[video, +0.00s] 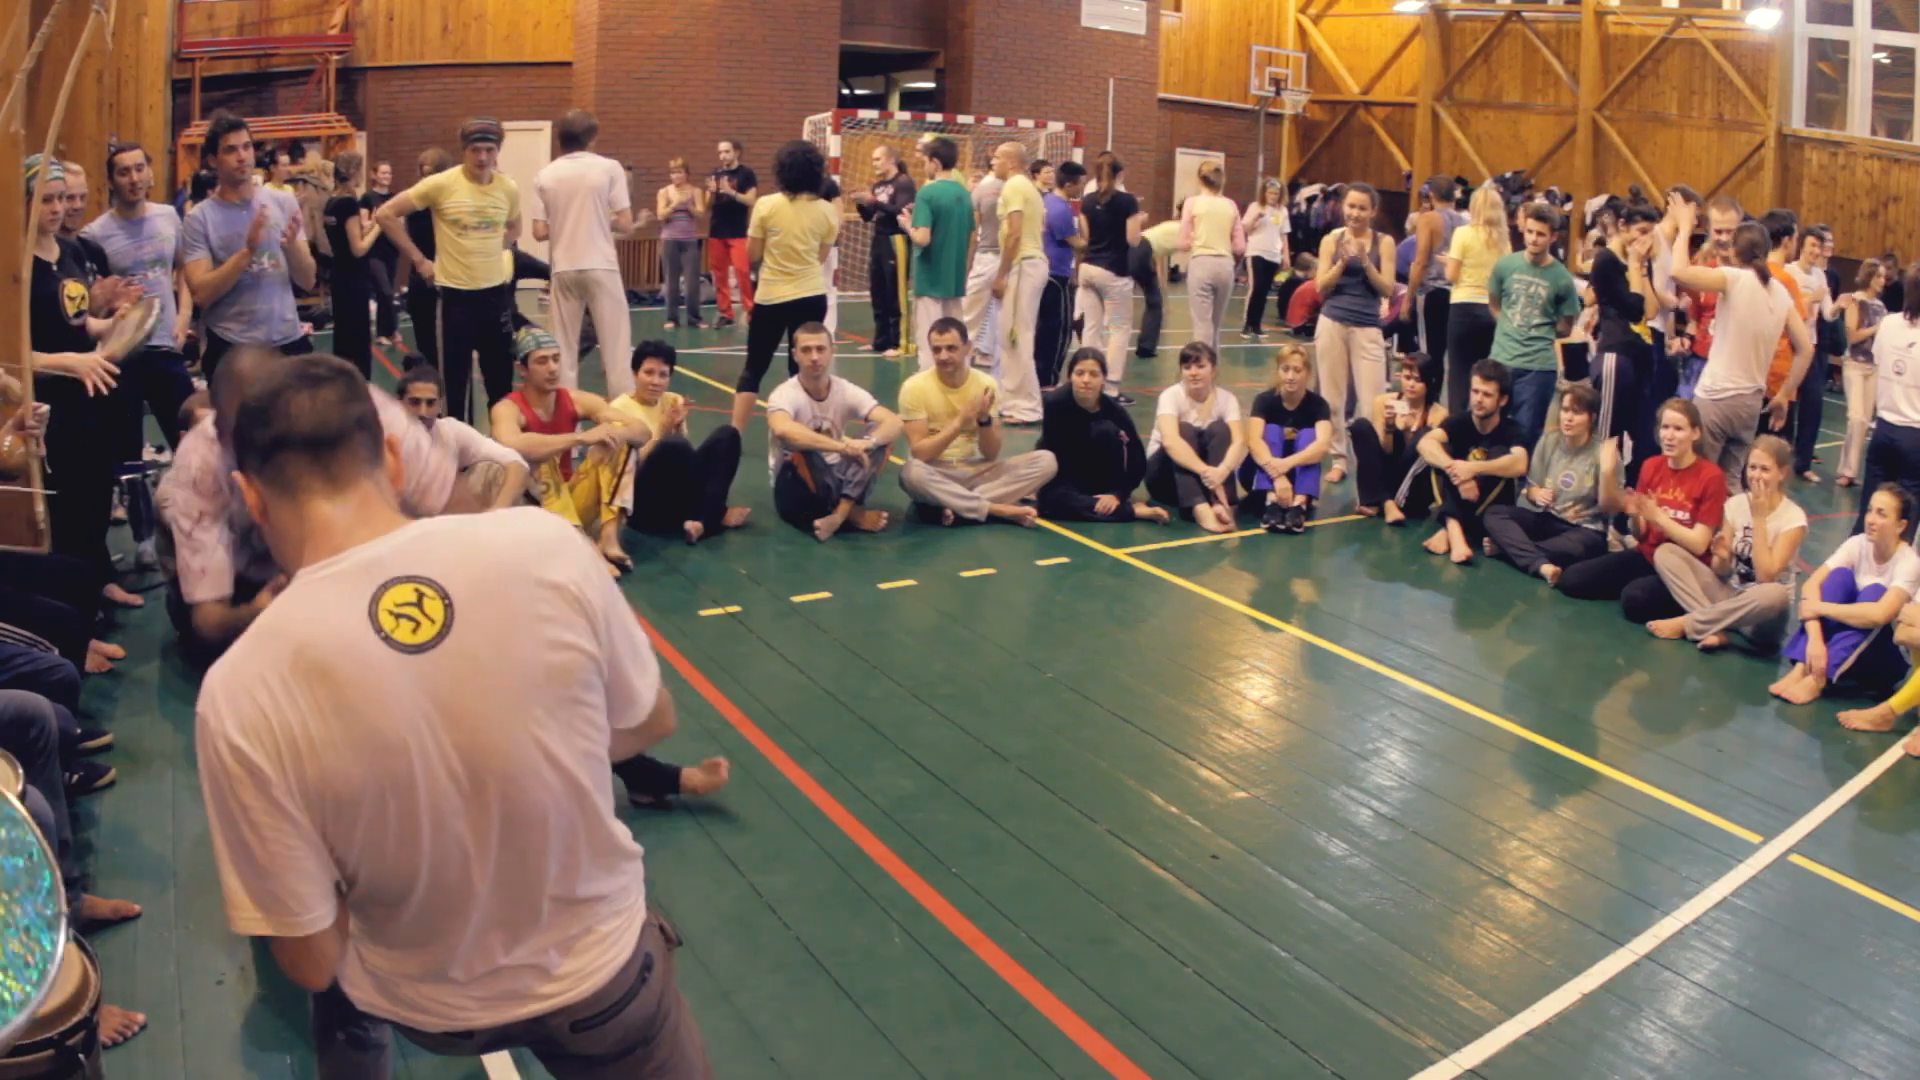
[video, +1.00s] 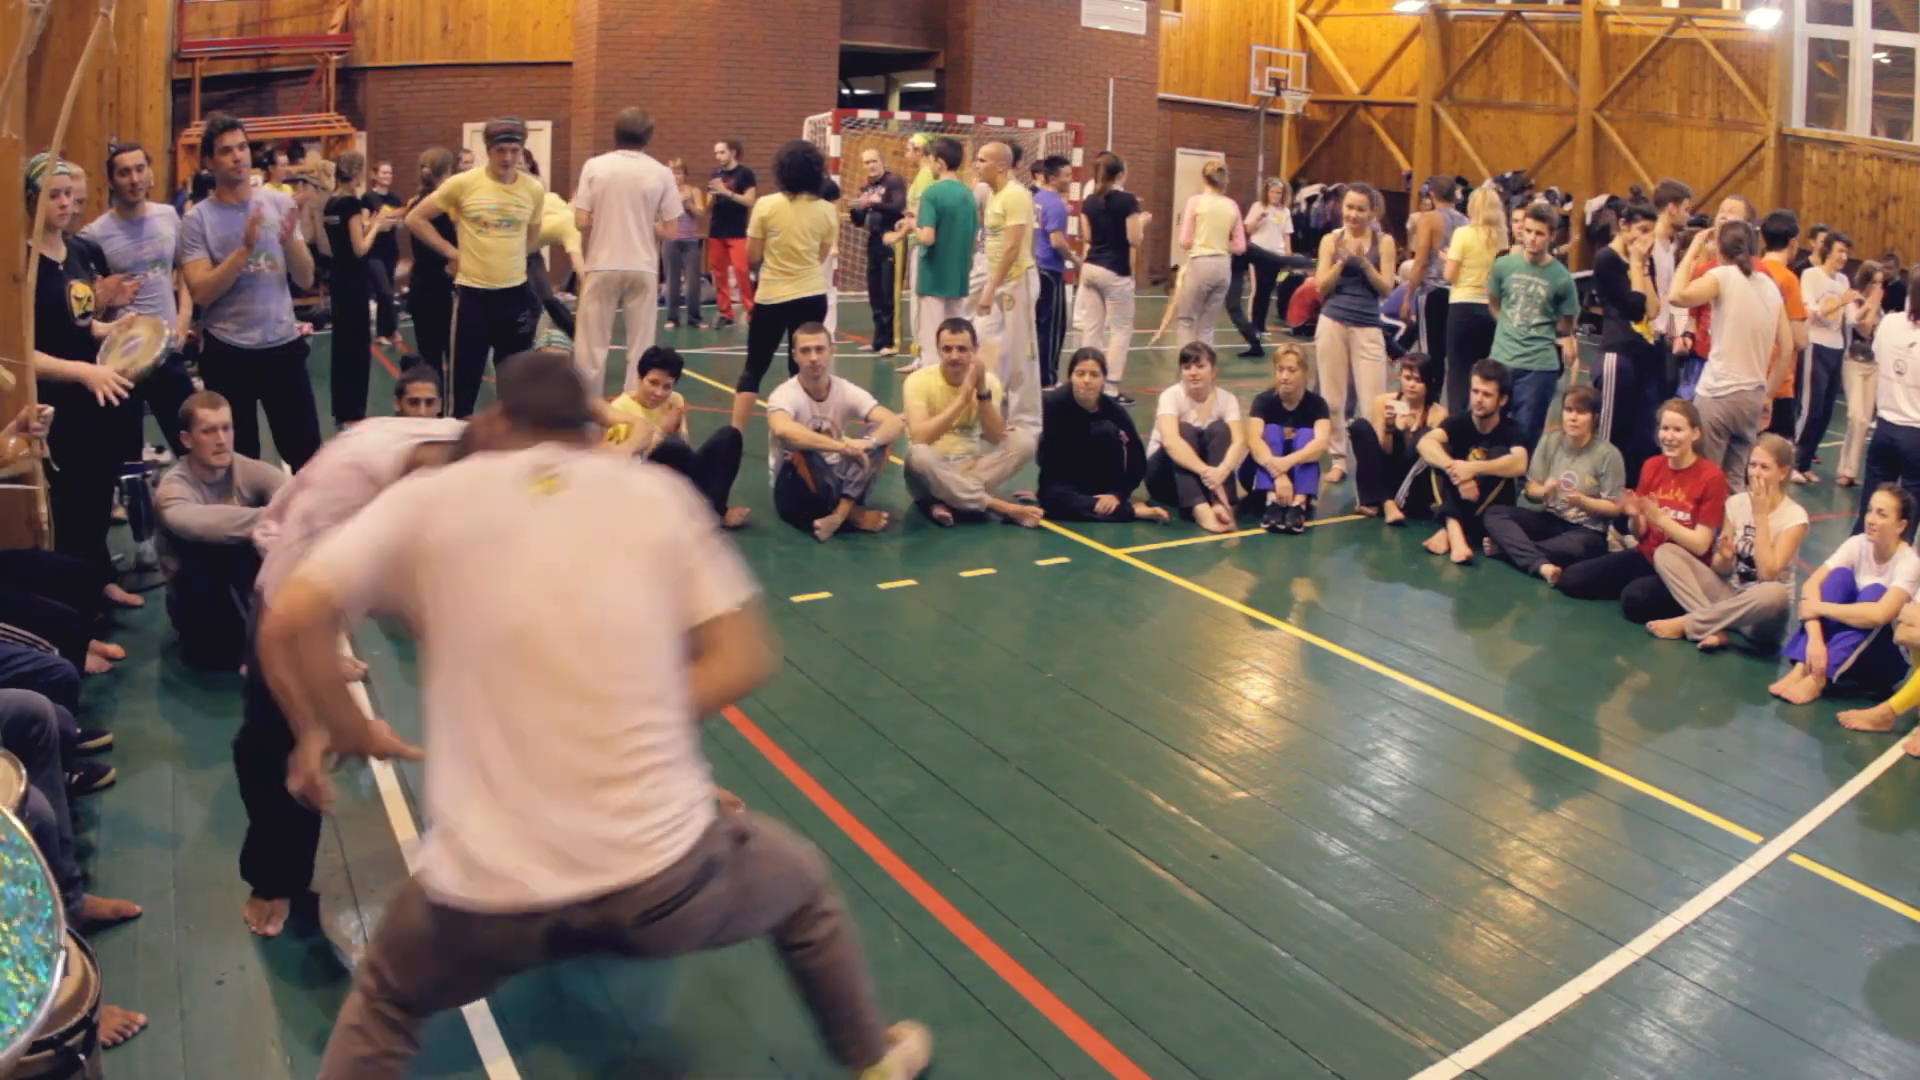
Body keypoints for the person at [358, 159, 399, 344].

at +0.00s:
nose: (387, 176)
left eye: (389, 173)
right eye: (383, 173)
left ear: (392, 176)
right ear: (374, 175)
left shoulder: (394, 198)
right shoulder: (367, 198)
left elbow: (401, 223)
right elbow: (364, 225)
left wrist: (388, 221)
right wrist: (383, 221)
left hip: (392, 248)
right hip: (374, 249)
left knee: (386, 293)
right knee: (385, 291)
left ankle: (383, 332)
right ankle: (392, 329)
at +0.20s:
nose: (387, 177)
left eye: (389, 173)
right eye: (384, 173)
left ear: (392, 176)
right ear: (374, 175)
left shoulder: (393, 197)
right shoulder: (367, 198)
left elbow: (398, 221)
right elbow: (364, 223)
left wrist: (379, 219)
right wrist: (383, 219)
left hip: (391, 247)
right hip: (373, 247)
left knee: (386, 292)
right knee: (385, 290)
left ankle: (383, 332)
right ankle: (393, 329)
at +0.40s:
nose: (388, 176)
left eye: (390, 173)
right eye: (384, 173)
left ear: (392, 176)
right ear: (374, 175)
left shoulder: (394, 198)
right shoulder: (367, 198)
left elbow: (399, 220)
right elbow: (364, 225)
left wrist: (380, 217)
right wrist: (384, 217)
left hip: (391, 247)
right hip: (373, 247)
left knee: (386, 292)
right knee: (385, 290)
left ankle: (383, 332)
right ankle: (392, 329)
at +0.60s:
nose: (388, 176)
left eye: (390, 173)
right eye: (384, 173)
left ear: (392, 176)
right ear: (375, 174)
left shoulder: (395, 198)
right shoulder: (368, 197)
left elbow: (402, 217)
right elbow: (364, 224)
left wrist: (392, 217)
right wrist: (384, 220)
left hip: (391, 246)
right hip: (374, 246)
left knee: (386, 292)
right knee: (385, 290)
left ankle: (382, 332)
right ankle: (392, 329)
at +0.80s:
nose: (388, 176)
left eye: (390, 173)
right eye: (384, 173)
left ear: (392, 176)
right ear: (375, 175)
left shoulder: (395, 198)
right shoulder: (367, 198)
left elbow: (401, 219)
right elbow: (365, 225)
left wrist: (393, 218)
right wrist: (382, 219)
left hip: (391, 246)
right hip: (373, 246)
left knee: (385, 292)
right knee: (385, 291)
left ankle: (382, 332)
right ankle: (392, 329)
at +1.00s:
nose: (388, 176)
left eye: (390, 173)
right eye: (384, 173)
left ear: (392, 176)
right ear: (375, 175)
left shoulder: (394, 199)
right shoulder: (368, 198)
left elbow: (401, 219)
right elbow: (365, 223)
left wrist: (390, 217)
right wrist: (385, 219)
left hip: (391, 249)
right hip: (373, 248)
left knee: (385, 292)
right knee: (385, 291)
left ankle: (382, 332)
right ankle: (392, 329)